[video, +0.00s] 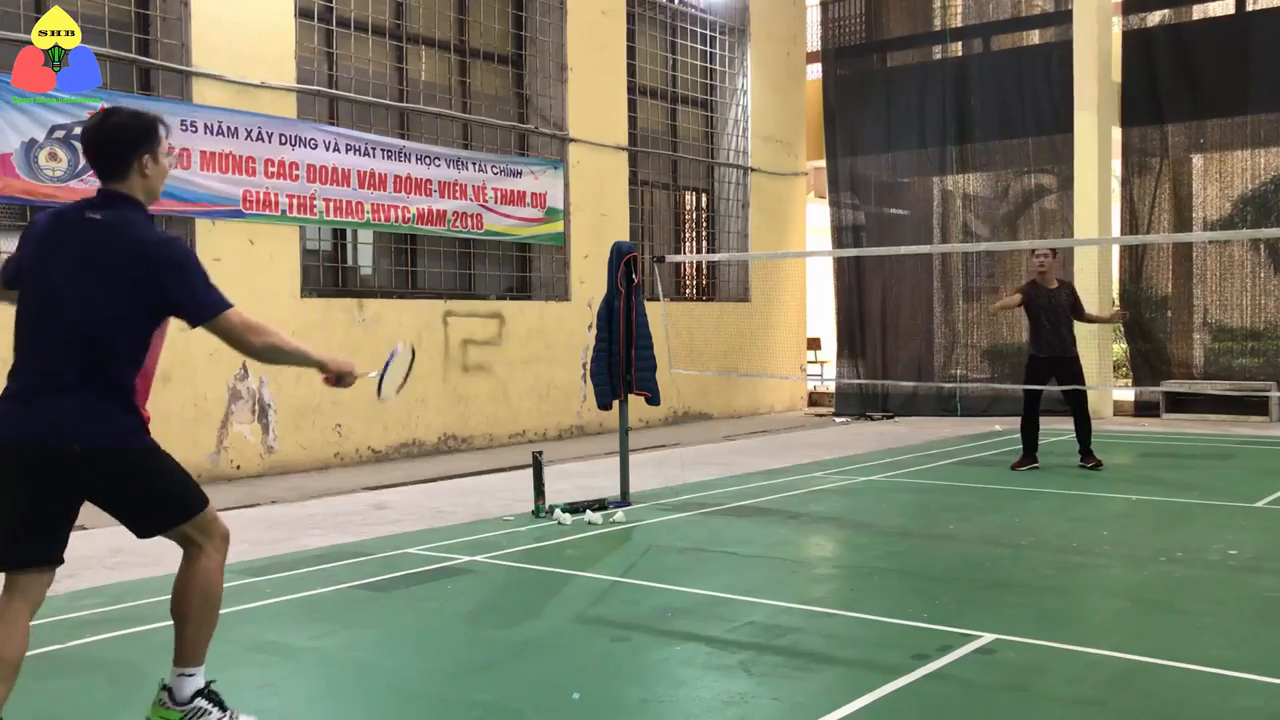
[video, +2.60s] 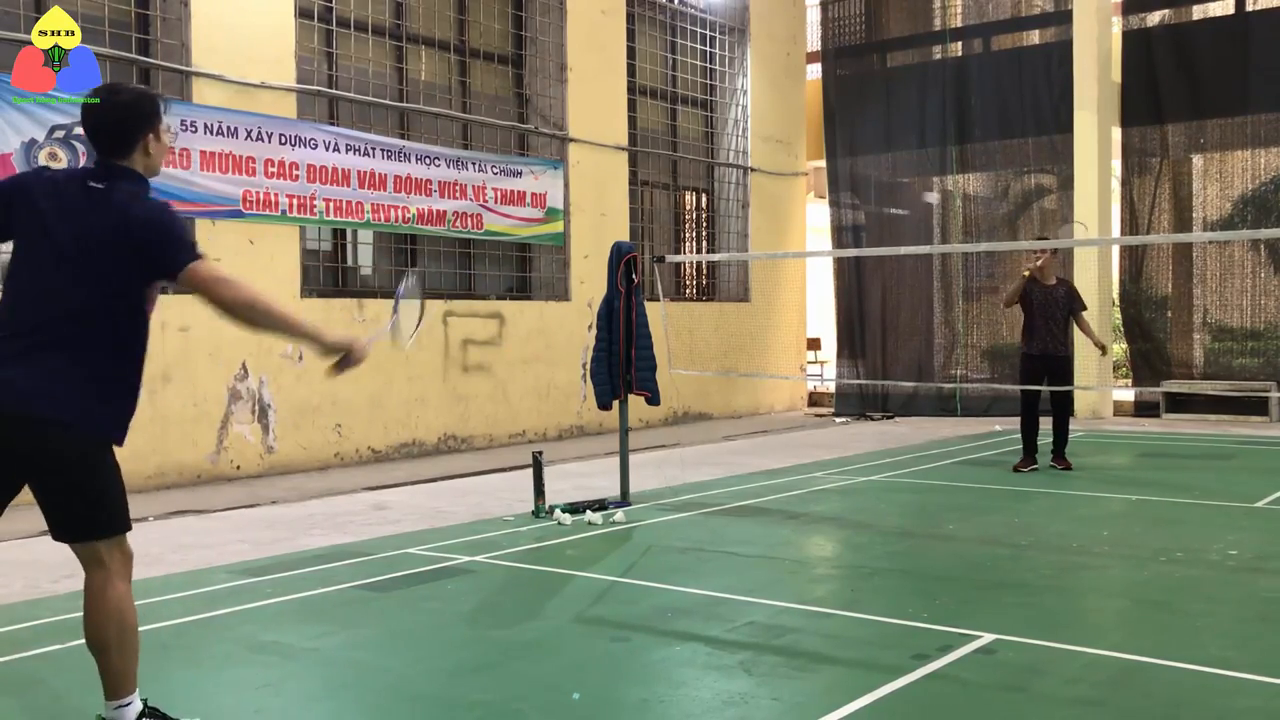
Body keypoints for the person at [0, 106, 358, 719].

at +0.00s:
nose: (168, 164)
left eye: (165, 152)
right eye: (164, 154)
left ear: (100, 164)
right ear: (145, 162)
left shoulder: (44, 228)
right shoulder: (157, 249)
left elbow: (13, 290)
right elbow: (246, 335)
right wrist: (323, 361)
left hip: (23, 436)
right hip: (106, 437)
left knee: (19, 593)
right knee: (208, 538)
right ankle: (185, 690)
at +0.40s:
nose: (221, 158)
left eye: (219, 147)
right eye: (217, 149)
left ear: (150, 158)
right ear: (206, 158)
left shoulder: (100, 217)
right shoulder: (231, 241)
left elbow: (23, 276)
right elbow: (316, 305)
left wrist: (62, 303)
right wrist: (323, 280)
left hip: (75, 417)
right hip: (158, 425)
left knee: (66, 542)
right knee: (212, 543)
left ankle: (16, 651)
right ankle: (220, 686)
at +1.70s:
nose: (177, 181)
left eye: (175, 168)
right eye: (173, 169)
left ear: (113, 175)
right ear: (152, 174)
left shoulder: (56, 227)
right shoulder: (156, 243)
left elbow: (1, 288)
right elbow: (238, 308)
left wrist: (13, 347)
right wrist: (331, 337)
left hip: (15, 431)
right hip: (85, 438)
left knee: (5, 551)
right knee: (158, 557)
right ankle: (198, 700)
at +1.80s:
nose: (160, 197)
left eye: (158, 184)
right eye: (155, 186)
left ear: (93, 193)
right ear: (129, 193)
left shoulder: (38, 242)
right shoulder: (118, 262)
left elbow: (15, 326)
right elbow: (189, 345)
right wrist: (282, 381)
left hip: (2, 443)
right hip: (41, 448)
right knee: (126, 566)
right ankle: (192, 701)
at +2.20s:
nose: (159, 171)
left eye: (158, 160)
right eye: (158, 161)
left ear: (90, 165)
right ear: (142, 168)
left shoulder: (22, 213)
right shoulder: (146, 240)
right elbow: (235, 312)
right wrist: (253, 322)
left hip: (1, 413)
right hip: (53, 425)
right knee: (106, 562)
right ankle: (124, 709)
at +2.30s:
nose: (167, 162)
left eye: (163, 152)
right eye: (165, 153)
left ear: (93, 157)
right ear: (156, 162)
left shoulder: (33, 206)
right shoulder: (180, 240)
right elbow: (293, 265)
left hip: (1, 413)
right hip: (64, 429)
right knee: (118, 562)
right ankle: (125, 710)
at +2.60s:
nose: (167, 141)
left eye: (163, 129)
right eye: (162, 131)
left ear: (97, 138)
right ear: (146, 140)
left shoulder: (34, 188)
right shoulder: (149, 218)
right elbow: (226, 294)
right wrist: (323, 338)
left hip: (4, 407)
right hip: (70, 421)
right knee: (107, 564)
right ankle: (124, 709)